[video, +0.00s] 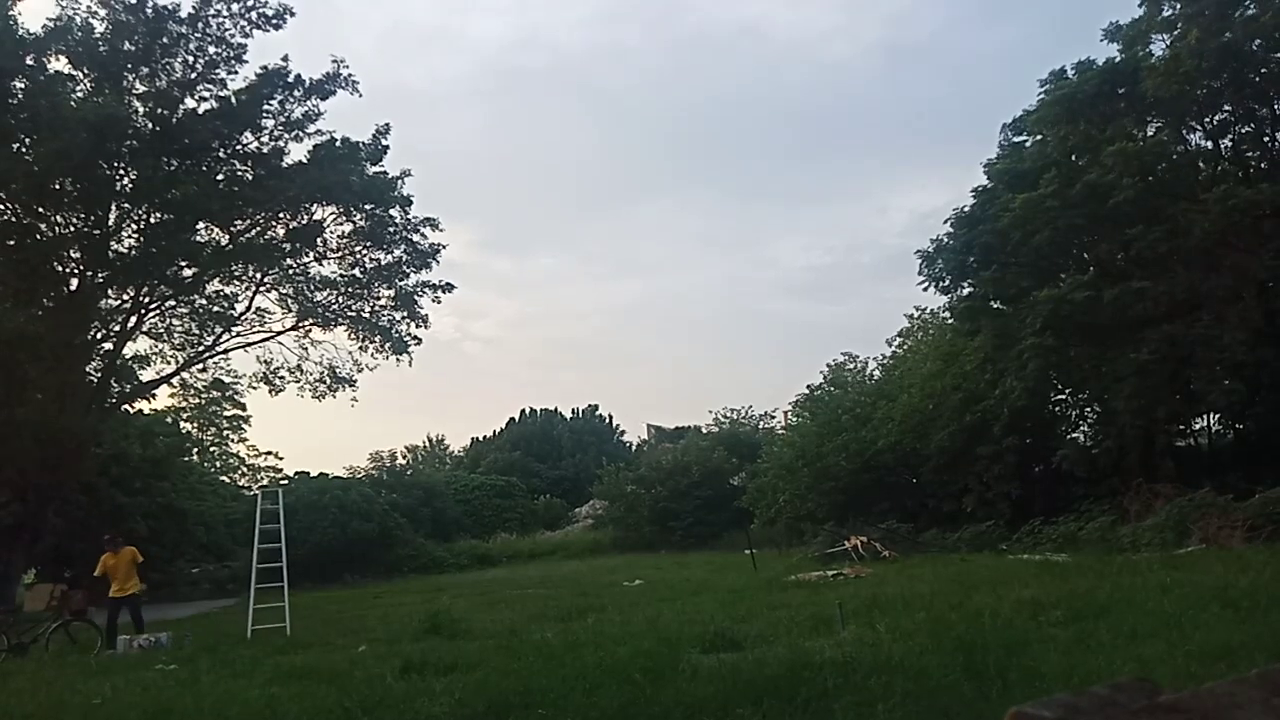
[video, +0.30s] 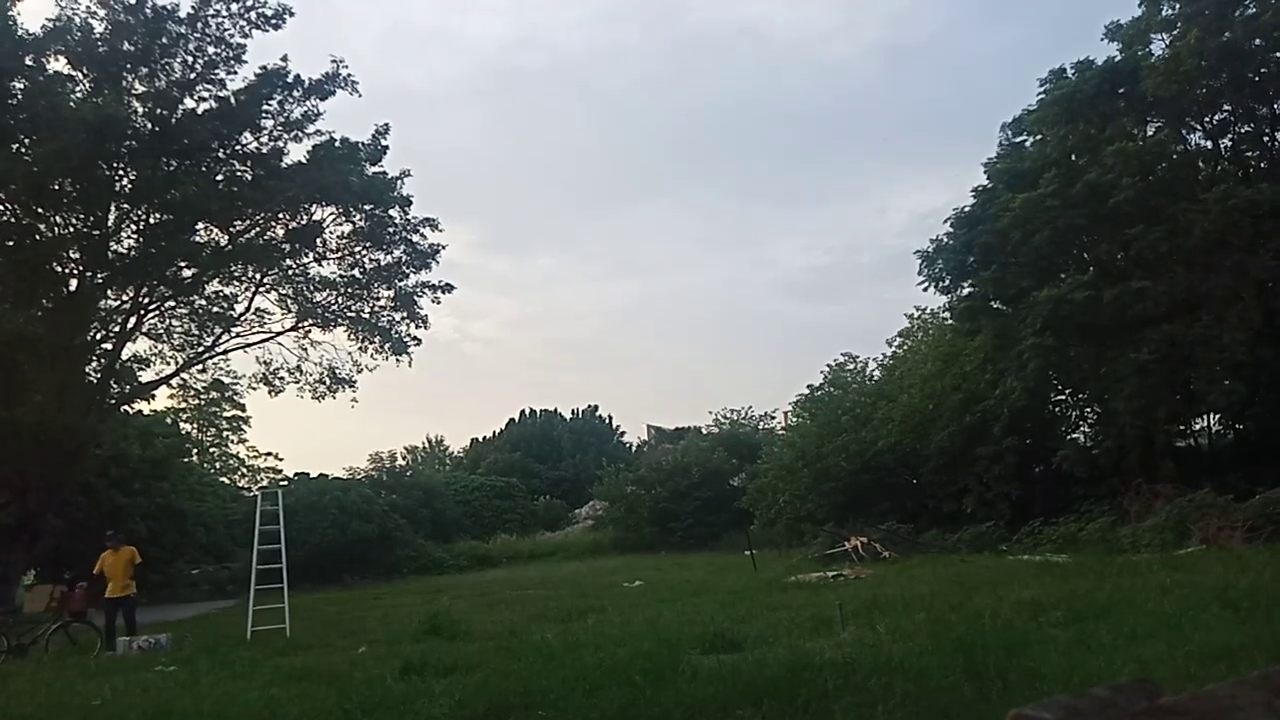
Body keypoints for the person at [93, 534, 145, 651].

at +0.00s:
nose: (108, 548)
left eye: (110, 545)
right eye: (107, 546)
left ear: (117, 543)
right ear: (106, 546)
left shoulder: (131, 551)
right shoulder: (105, 558)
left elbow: (142, 566)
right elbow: (97, 577)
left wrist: (143, 582)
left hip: (132, 590)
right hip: (115, 592)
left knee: (137, 618)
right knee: (111, 621)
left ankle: (141, 643)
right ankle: (110, 648)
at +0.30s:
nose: (110, 544)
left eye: (112, 541)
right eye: (108, 541)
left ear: (118, 540)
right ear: (106, 543)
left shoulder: (130, 551)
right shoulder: (104, 556)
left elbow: (139, 568)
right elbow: (95, 574)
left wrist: (132, 579)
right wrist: (87, 584)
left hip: (128, 592)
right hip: (111, 594)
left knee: (130, 622)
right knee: (109, 623)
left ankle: (133, 646)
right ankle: (110, 649)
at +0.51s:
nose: (117, 536)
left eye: (120, 533)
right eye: (116, 534)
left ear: (126, 534)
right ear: (113, 535)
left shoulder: (135, 546)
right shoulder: (111, 549)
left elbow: (140, 563)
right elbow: (100, 562)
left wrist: (126, 569)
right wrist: (98, 570)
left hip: (129, 589)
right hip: (113, 589)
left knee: (132, 618)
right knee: (112, 619)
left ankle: (135, 642)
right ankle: (113, 645)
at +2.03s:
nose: (123, 537)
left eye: (126, 535)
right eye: (122, 534)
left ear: (131, 535)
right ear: (119, 535)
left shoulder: (138, 546)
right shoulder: (115, 548)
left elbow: (141, 559)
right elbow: (102, 559)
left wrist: (129, 549)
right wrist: (106, 558)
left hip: (131, 588)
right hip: (115, 588)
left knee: (133, 618)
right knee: (112, 619)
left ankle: (135, 643)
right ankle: (112, 645)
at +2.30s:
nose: (123, 536)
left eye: (126, 534)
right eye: (122, 534)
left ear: (131, 535)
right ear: (119, 535)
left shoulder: (137, 548)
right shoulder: (113, 550)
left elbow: (137, 560)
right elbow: (102, 562)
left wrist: (126, 549)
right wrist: (107, 562)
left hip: (130, 589)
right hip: (114, 589)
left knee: (131, 620)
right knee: (111, 621)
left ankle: (133, 644)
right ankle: (110, 647)